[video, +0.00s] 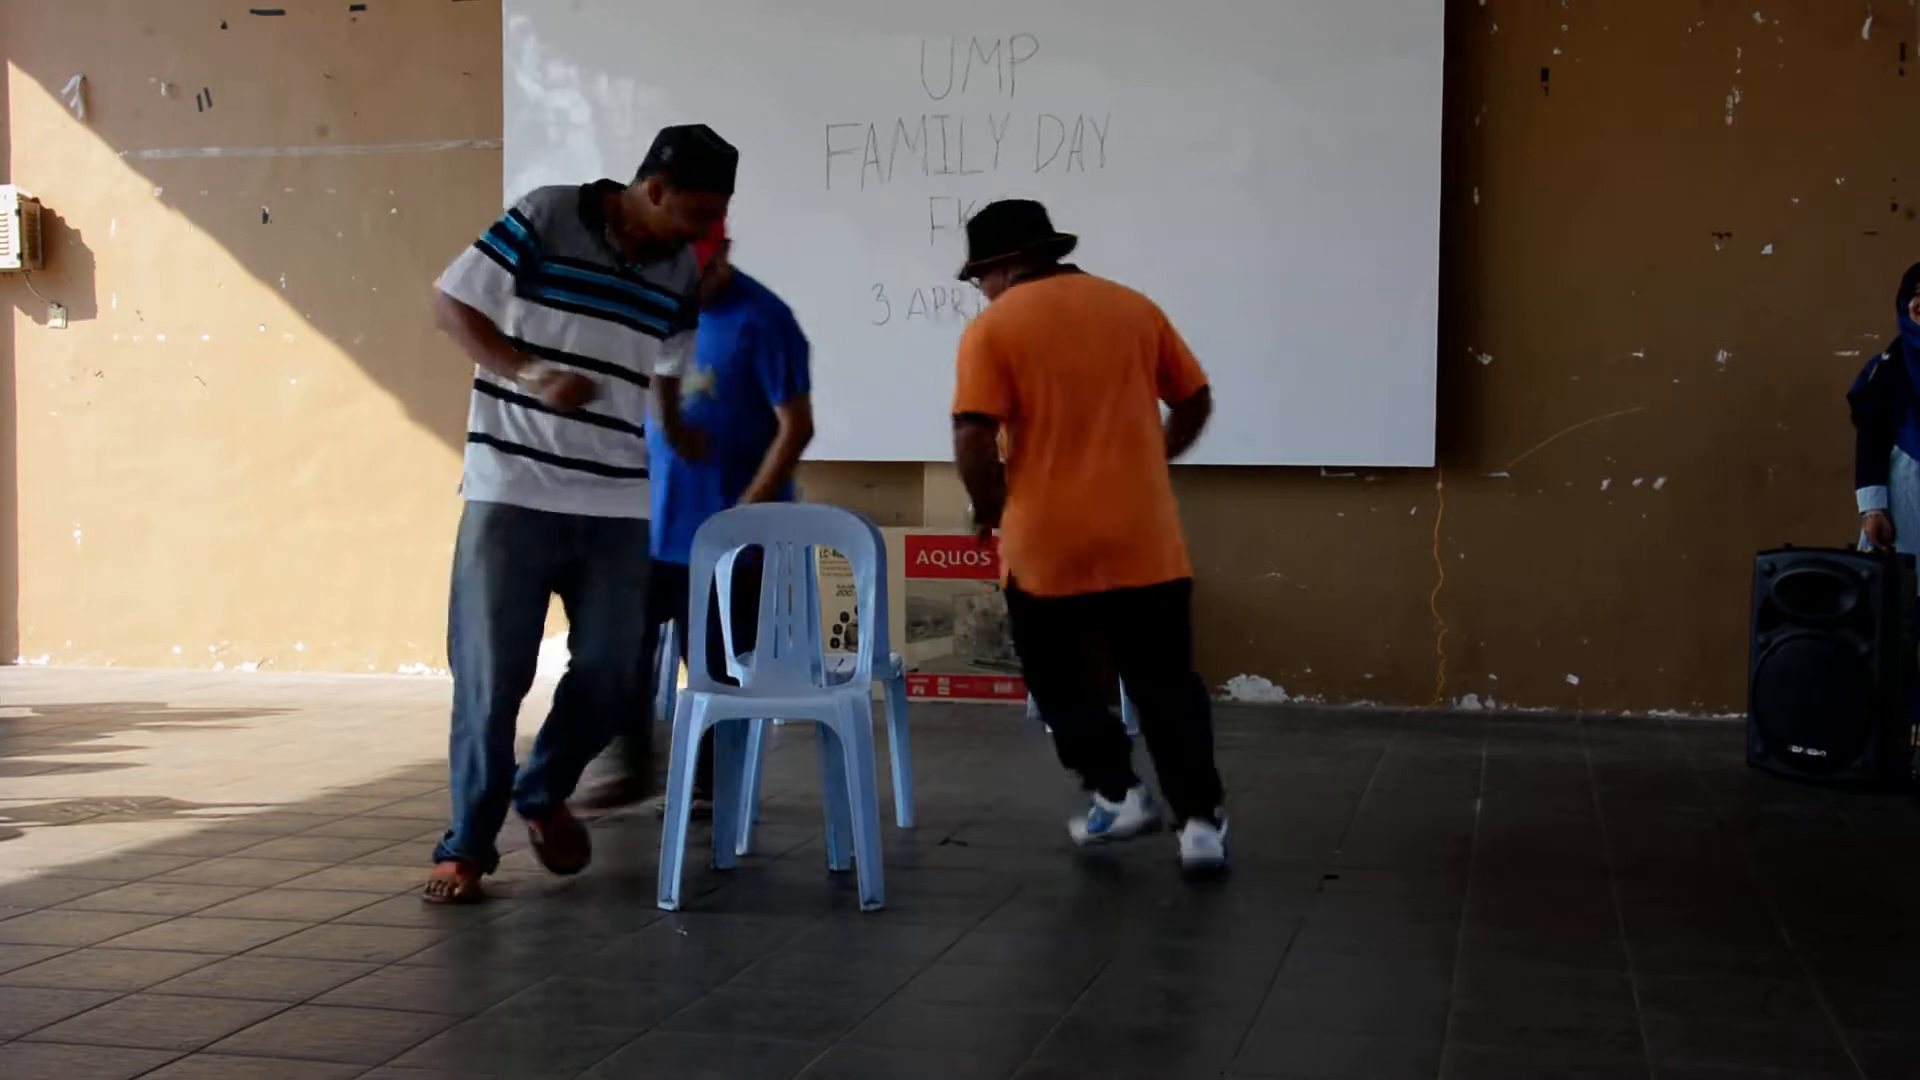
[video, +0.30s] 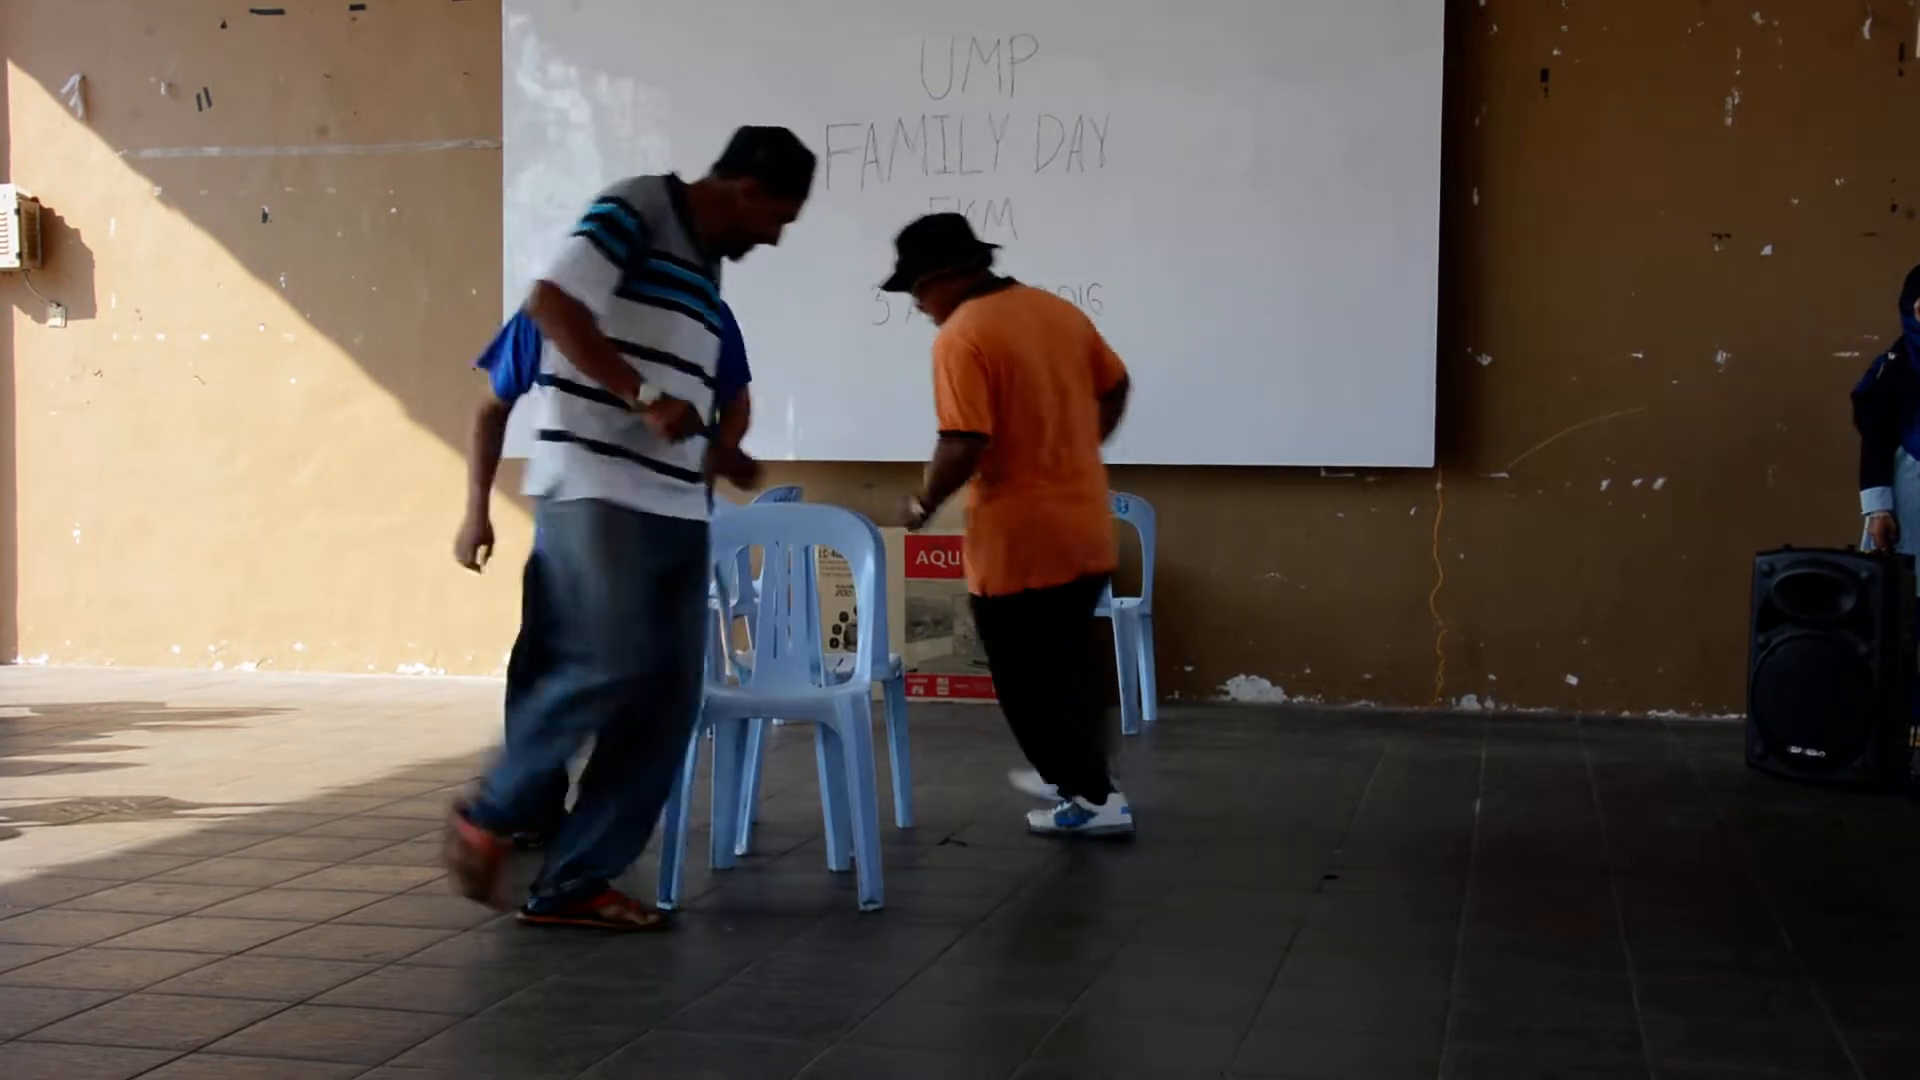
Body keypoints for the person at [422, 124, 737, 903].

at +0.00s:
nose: (694, 235)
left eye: (706, 222)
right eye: (690, 217)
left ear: (695, 205)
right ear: (651, 185)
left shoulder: (683, 270)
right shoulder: (547, 217)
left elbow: (666, 368)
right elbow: (454, 300)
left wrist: (674, 426)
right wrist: (524, 370)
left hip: (617, 507)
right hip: (511, 493)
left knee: (614, 674)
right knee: (491, 677)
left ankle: (540, 792)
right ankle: (465, 849)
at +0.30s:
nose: (776, 238)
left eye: (786, 223)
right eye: (779, 218)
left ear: (751, 195)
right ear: (744, 186)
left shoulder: (706, 268)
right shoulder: (637, 206)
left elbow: (683, 389)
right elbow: (552, 301)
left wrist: (717, 453)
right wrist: (639, 395)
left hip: (672, 506)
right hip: (591, 486)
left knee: (665, 702)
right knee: (608, 665)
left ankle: (574, 882)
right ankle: (492, 817)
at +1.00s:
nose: (949, 248)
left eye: (946, 241)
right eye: (944, 236)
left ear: (872, 213)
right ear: (926, 218)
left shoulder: (794, 267)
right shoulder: (919, 226)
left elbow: (734, 396)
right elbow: (1012, 342)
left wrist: (807, 445)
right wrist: (1017, 387)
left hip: (805, 501)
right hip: (876, 487)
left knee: (940, 667)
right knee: (978, 680)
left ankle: (911, 846)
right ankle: (927, 893)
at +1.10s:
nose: (961, 262)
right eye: (957, 251)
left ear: (884, 229)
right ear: (941, 233)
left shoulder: (812, 279)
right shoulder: (939, 244)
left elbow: (766, 412)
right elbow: (1031, 359)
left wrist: (836, 446)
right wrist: (1023, 397)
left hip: (818, 508)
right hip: (888, 494)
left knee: (961, 676)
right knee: (996, 692)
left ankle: (939, 875)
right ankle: (927, 892)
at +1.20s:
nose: (975, 279)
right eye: (968, 266)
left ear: (892, 241)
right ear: (948, 245)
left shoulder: (824, 291)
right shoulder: (947, 255)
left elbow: (784, 428)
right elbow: (1046, 358)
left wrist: (811, 481)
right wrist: (1037, 408)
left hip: (828, 513)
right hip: (898, 499)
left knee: (942, 688)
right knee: (1001, 692)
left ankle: (944, 878)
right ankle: (923, 887)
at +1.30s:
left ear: (886, 255)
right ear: (943, 252)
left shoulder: (822, 305)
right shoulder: (959, 268)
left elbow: (783, 424)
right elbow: (1073, 343)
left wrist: (815, 481)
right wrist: (1074, 411)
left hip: (841, 520)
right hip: (914, 508)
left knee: (940, 688)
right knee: (1005, 696)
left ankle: (956, 856)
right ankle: (856, 844)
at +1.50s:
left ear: (872, 277)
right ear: (931, 266)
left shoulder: (834, 314)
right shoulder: (978, 284)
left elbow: (782, 421)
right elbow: (1101, 353)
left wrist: (757, 493)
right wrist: (1076, 385)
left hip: (865, 521)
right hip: (949, 507)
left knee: (935, 682)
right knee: (974, 705)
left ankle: (957, 836)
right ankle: (846, 871)